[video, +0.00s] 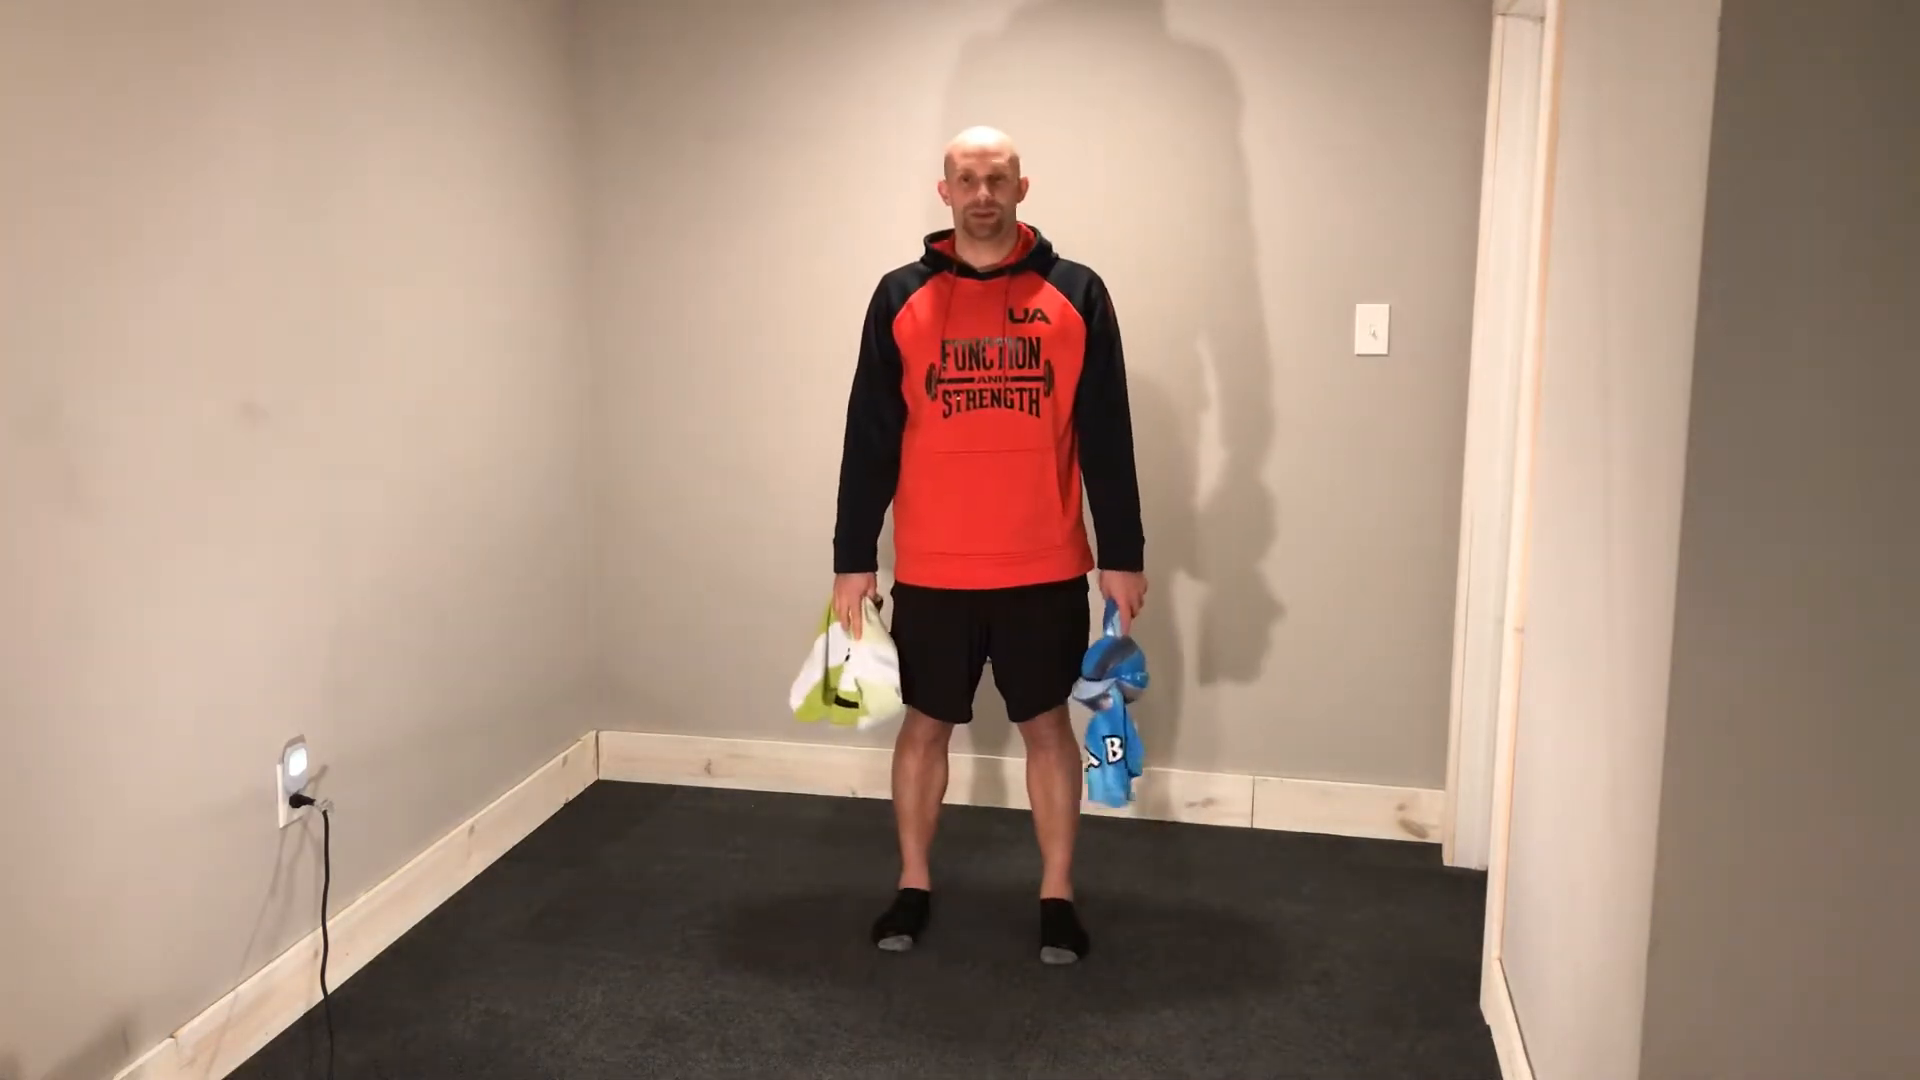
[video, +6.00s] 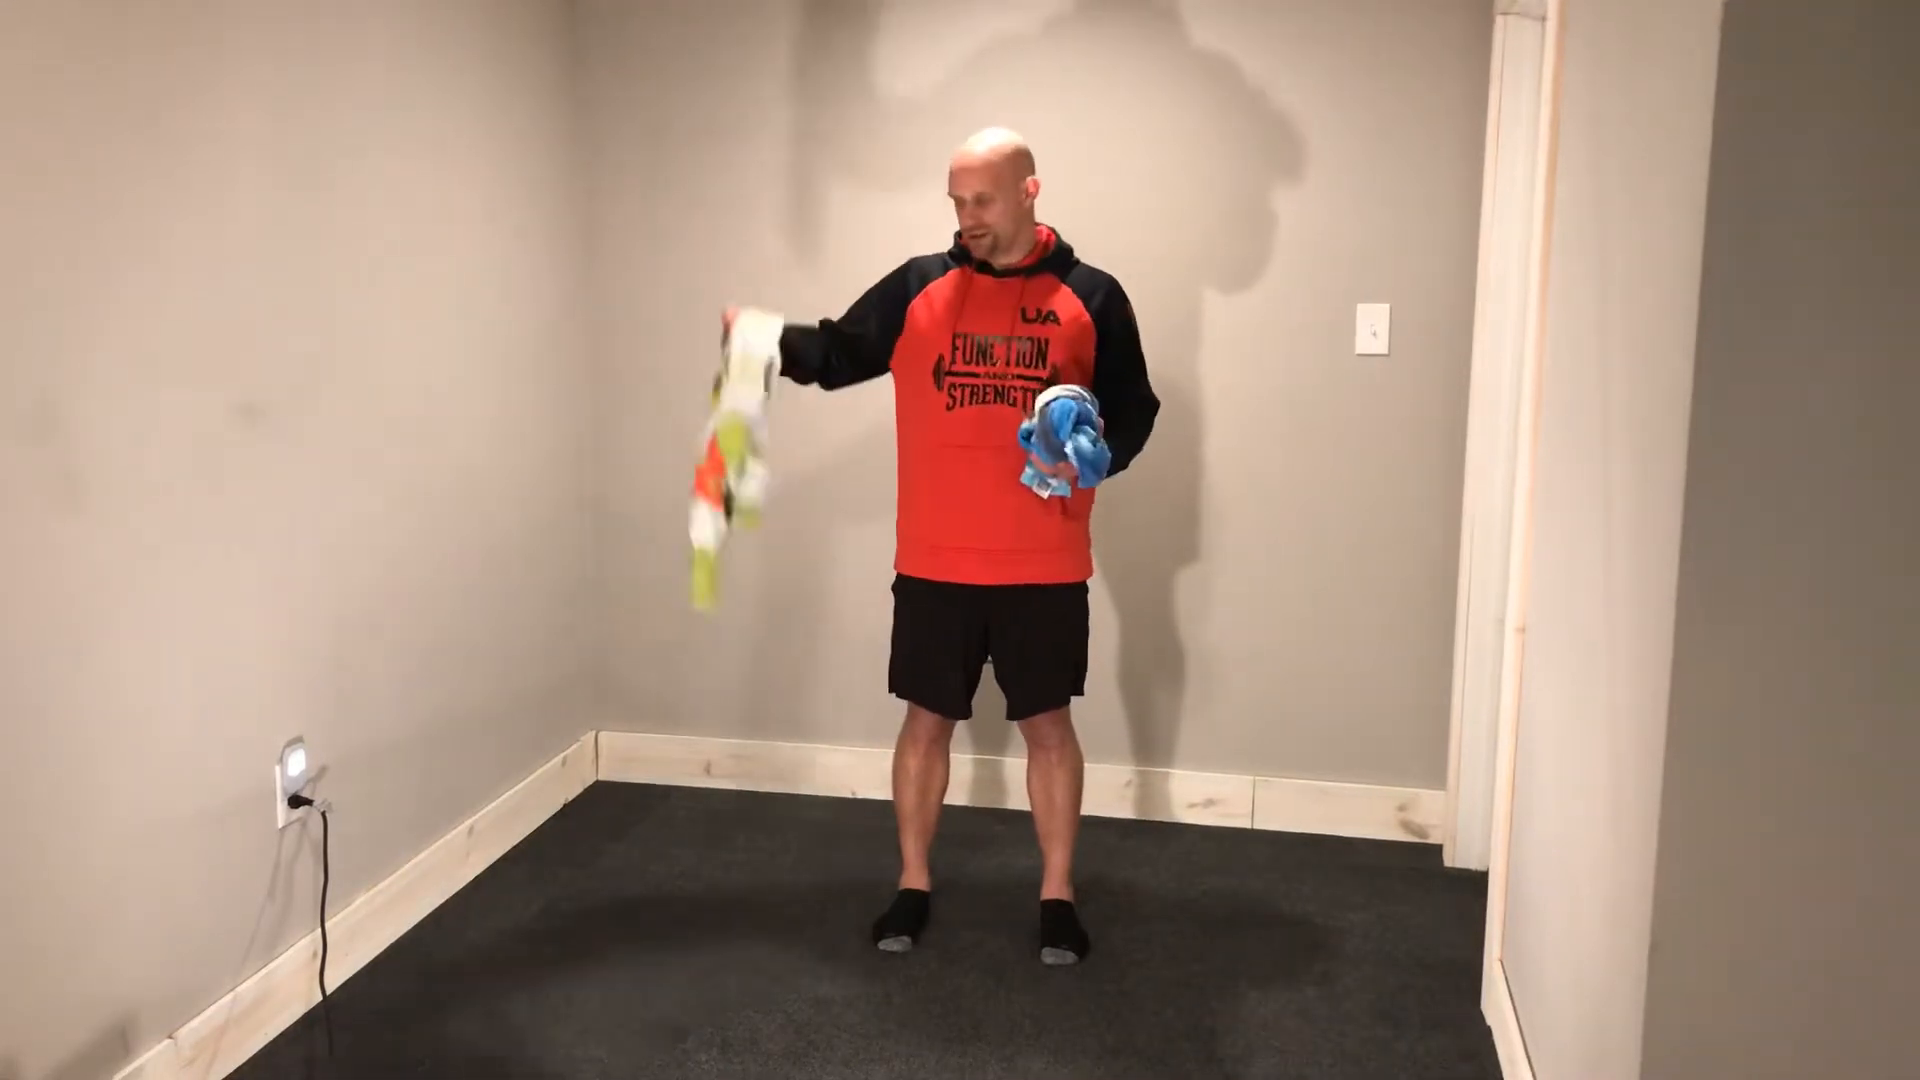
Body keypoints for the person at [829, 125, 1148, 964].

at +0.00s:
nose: (981, 192)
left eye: (995, 178)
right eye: (965, 179)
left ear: (1021, 188)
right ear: (944, 191)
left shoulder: (1076, 294)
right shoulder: (902, 297)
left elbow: (1106, 432)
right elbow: (870, 434)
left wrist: (1122, 553)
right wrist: (854, 557)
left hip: (1041, 564)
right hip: (933, 565)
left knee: (1046, 725)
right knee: (924, 726)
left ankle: (1058, 898)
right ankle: (911, 890)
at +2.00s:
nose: (994, 194)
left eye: (1005, 179)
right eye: (977, 182)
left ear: (1027, 185)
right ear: (950, 196)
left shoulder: (1085, 290)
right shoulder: (911, 296)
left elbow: (1127, 410)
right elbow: (880, 434)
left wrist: (1078, 469)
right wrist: (864, 559)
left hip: (1044, 553)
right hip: (939, 556)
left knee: (1048, 723)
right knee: (928, 720)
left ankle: (1057, 896)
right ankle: (912, 886)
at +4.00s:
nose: (993, 194)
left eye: (1007, 181)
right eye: (979, 180)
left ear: (1027, 191)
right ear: (952, 188)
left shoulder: (1076, 294)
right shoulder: (904, 294)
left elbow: (1119, 417)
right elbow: (871, 431)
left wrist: (1065, 414)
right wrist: (856, 555)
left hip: (1036, 563)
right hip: (931, 563)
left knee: (1043, 726)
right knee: (923, 724)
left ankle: (1058, 896)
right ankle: (911, 888)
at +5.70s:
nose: (986, 205)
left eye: (1000, 187)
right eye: (970, 190)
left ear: (1030, 185)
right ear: (951, 194)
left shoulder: (1090, 293)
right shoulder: (913, 294)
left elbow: (1128, 403)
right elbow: (854, 402)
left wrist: (1091, 445)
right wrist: (805, 500)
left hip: (1045, 559)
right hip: (938, 558)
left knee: (1048, 723)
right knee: (927, 718)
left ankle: (1058, 898)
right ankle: (912, 887)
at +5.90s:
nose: (962, 222)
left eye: (976, 206)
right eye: (953, 205)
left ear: (1026, 191)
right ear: (946, 199)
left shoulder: (1091, 296)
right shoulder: (918, 288)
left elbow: (1131, 409)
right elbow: (850, 366)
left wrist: (1091, 444)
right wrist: (778, 386)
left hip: (1043, 558)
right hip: (937, 555)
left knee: (1046, 721)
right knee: (927, 716)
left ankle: (1058, 897)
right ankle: (912, 888)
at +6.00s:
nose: (964, 221)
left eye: (979, 204)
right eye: (956, 205)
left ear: (1029, 192)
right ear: (948, 200)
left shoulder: (1092, 298)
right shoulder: (921, 286)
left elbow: (1131, 412)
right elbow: (842, 351)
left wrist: (1090, 450)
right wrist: (762, 337)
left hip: (1042, 560)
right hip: (936, 556)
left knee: (1046, 722)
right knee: (926, 716)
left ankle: (1058, 897)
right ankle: (911, 887)